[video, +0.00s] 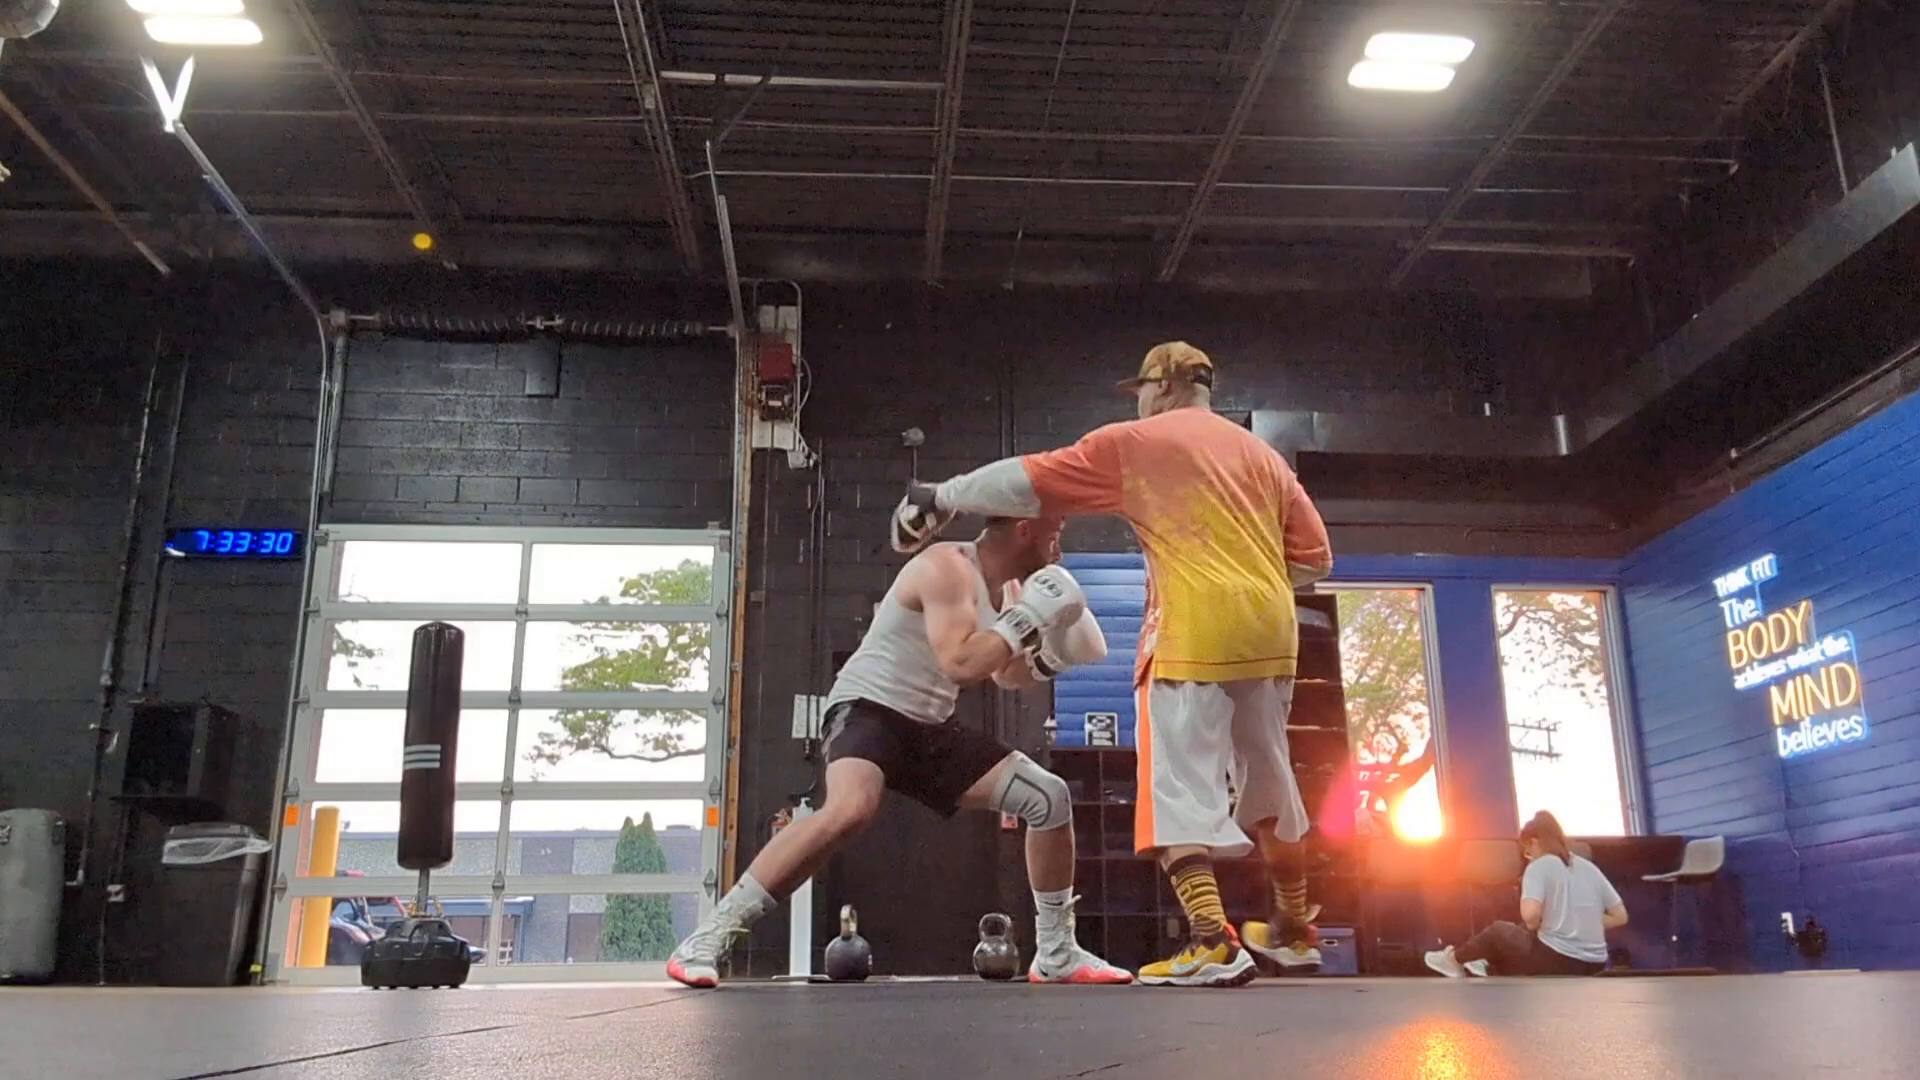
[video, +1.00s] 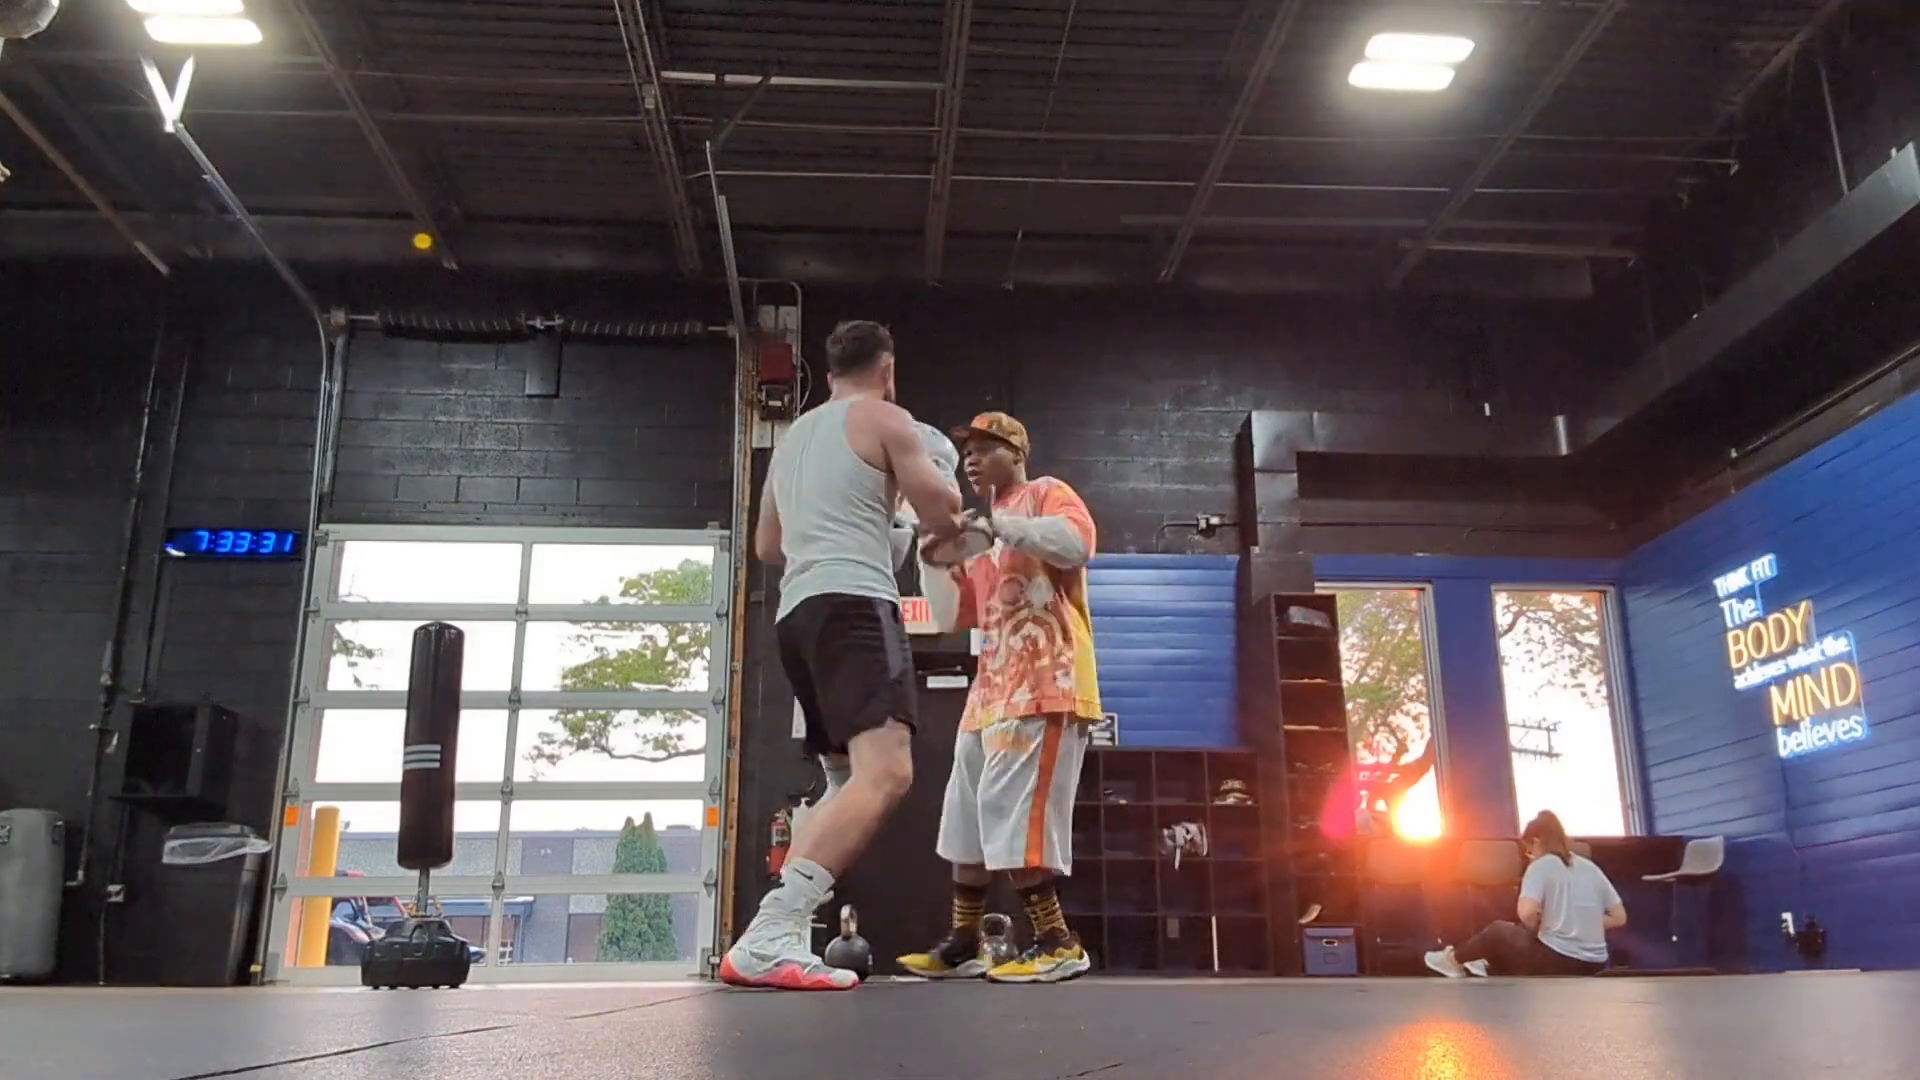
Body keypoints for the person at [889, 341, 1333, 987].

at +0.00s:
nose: (1138, 404)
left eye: (1142, 393)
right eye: (1140, 394)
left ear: (1163, 387)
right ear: (1205, 391)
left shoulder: (1135, 442)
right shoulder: (1261, 453)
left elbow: (1028, 477)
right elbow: (1314, 556)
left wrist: (940, 497)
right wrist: (1240, 577)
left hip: (1193, 623)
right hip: (1273, 623)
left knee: (1178, 779)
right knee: (1271, 770)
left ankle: (1212, 941)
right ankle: (1295, 930)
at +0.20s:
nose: (1124, 432)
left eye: (1127, 423)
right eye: (1123, 424)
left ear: (1144, 416)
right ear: (1187, 419)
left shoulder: (1130, 447)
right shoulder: (1241, 477)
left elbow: (1043, 434)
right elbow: (1280, 584)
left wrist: (1051, 514)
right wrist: (1215, 569)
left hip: (1177, 641)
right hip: (1249, 647)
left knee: (1168, 795)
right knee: (1239, 803)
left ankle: (1206, 914)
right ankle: (1247, 947)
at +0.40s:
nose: (1099, 438)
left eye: (1106, 426)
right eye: (1098, 429)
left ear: (1137, 421)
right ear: (1152, 427)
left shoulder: (1139, 455)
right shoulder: (1191, 477)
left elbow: (1184, 507)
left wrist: (1118, 557)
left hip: (1164, 649)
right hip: (1220, 651)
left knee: (1093, 773)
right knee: (1216, 797)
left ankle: (1166, 892)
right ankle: (1244, 943)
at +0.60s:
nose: (1064, 441)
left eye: (1076, 430)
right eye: (1063, 433)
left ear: (1112, 431)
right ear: (1073, 443)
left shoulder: (1132, 466)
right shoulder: (1093, 508)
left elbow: (1199, 519)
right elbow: (1039, 571)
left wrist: (1120, 525)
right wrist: (1001, 522)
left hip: (1118, 666)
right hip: (1155, 671)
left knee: (1066, 789)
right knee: (1191, 797)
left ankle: (1070, 940)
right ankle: (1241, 936)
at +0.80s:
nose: (1018, 453)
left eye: (1027, 442)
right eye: (1016, 444)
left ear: (1059, 443)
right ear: (1037, 451)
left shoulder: (1079, 482)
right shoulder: (1044, 507)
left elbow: (1090, 541)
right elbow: (1037, 614)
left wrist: (1039, 495)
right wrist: (988, 591)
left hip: (1069, 651)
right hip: (1072, 654)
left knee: (1030, 798)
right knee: (1091, 797)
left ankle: (1062, 947)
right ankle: (1172, 892)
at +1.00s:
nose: (972, 460)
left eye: (982, 449)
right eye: (967, 453)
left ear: (1015, 451)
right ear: (967, 465)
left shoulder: (1048, 493)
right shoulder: (980, 528)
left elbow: (1073, 544)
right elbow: (953, 616)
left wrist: (994, 523)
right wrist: (937, 549)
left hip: (1044, 682)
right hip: (993, 685)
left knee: (1011, 807)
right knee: (965, 806)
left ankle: (1057, 942)